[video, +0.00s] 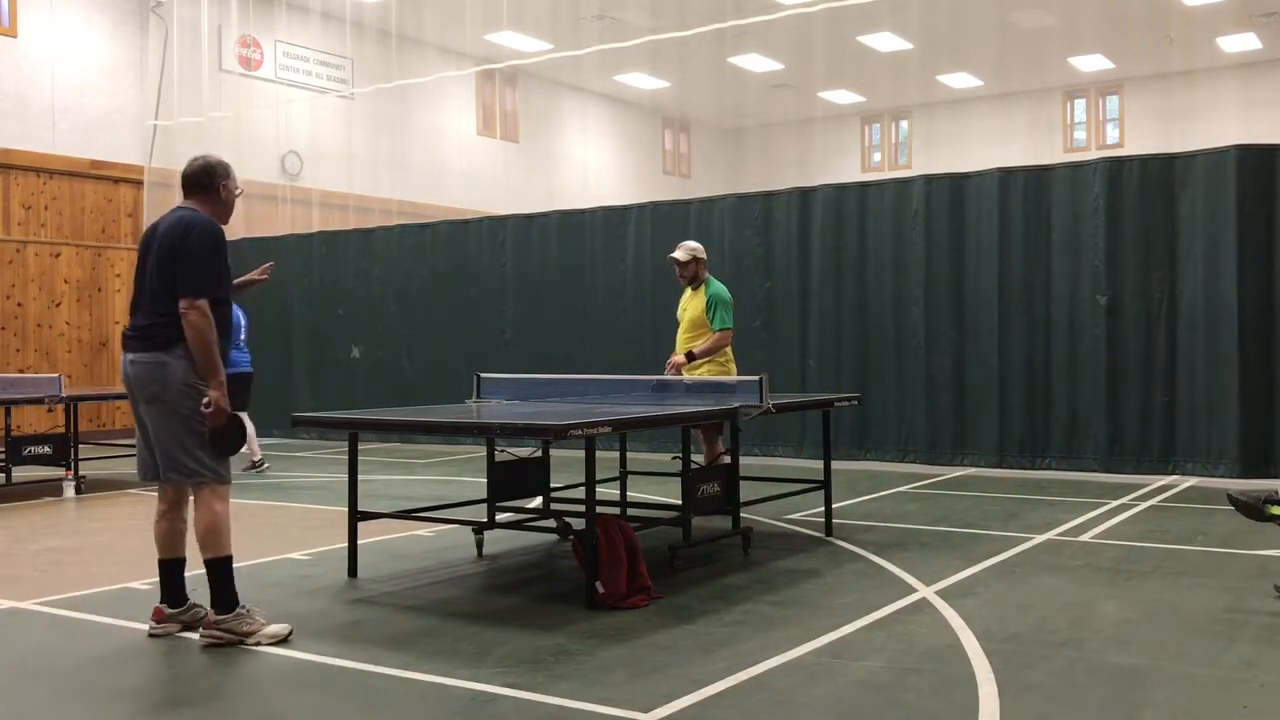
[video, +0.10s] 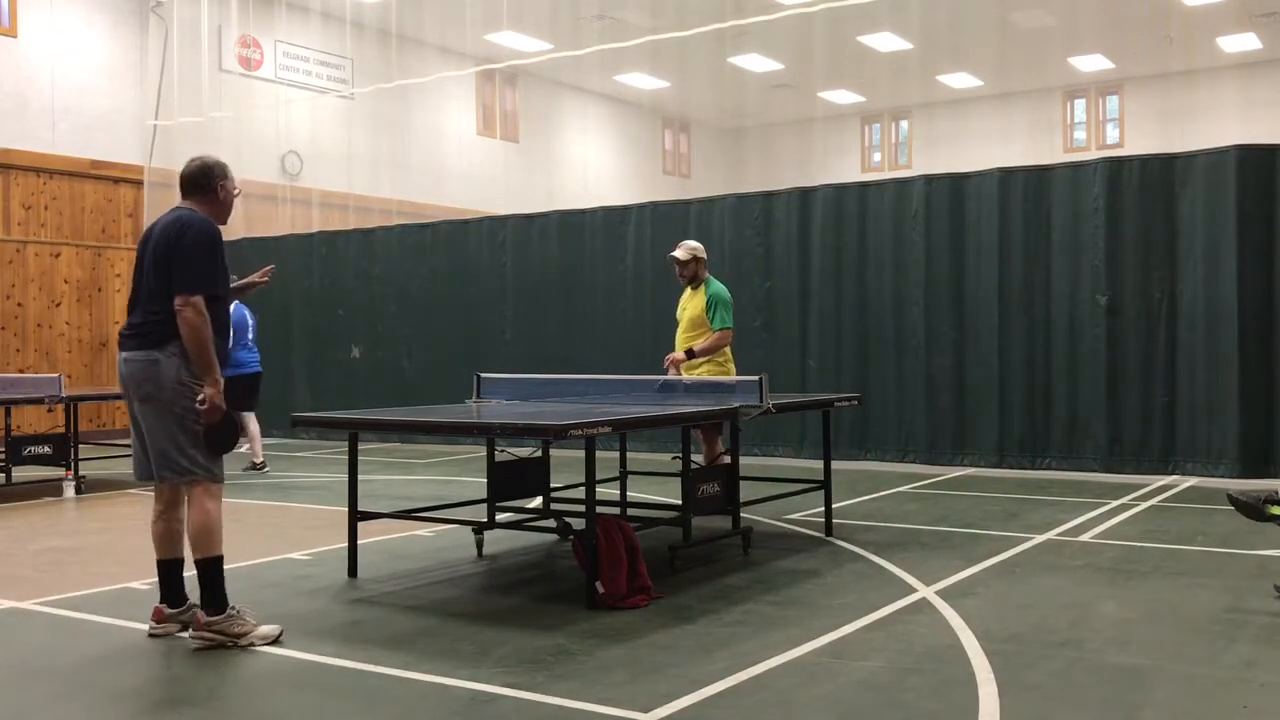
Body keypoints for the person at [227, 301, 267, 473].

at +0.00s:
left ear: (216, 295)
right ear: (229, 292)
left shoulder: (220, 312)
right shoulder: (239, 311)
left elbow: (217, 342)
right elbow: (242, 339)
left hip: (229, 366)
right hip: (245, 365)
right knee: (241, 411)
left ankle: (256, 456)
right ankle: (256, 456)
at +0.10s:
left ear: (224, 295)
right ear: (237, 292)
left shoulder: (229, 312)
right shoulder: (246, 310)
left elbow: (226, 343)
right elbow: (250, 337)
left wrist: (219, 359)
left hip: (235, 367)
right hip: (253, 364)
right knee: (248, 412)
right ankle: (258, 458)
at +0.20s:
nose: (224, 295)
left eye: (225, 291)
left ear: (229, 291)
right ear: (244, 290)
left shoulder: (232, 309)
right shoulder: (253, 310)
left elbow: (232, 341)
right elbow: (256, 339)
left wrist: (217, 357)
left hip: (238, 370)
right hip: (259, 368)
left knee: (225, 415)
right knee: (253, 413)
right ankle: (259, 458)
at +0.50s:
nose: (233, 295)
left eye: (235, 290)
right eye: (233, 291)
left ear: (246, 289)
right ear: (252, 290)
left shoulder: (239, 310)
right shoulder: (266, 311)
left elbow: (239, 340)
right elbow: (279, 342)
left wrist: (221, 360)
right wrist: (286, 368)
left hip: (246, 371)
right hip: (267, 370)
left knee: (237, 414)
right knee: (256, 414)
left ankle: (242, 455)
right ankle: (260, 459)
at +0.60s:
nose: (234, 291)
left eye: (237, 287)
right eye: (235, 287)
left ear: (247, 289)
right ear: (254, 291)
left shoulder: (240, 310)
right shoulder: (269, 311)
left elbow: (238, 341)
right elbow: (280, 342)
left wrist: (225, 359)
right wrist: (287, 369)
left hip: (248, 371)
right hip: (268, 370)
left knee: (243, 414)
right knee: (258, 415)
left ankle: (248, 455)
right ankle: (260, 459)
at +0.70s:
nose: (235, 291)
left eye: (238, 288)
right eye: (236, 288)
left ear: (249, 290)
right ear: (253, 291)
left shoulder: (241, 310)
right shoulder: (271, 312)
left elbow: (235, 342)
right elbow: (280, 345)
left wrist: (223, 357)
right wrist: (281, 372)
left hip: (249, 371)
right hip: (269, 371)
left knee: (248, 415)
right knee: (259, 415)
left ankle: (253, 456)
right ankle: (261, 459)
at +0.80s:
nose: (233, 292)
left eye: (236, 289)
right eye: (234, 288)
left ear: (248, 291)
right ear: (254, 291)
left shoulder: (240, 312)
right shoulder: (270, 312)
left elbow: (228, 345)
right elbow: (279, 344)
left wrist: (216, 350)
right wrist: (275, 367)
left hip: (251, 372)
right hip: (271, 371)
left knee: (250, 416)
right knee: (258, 416)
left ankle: (258, 460)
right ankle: (259, 459)